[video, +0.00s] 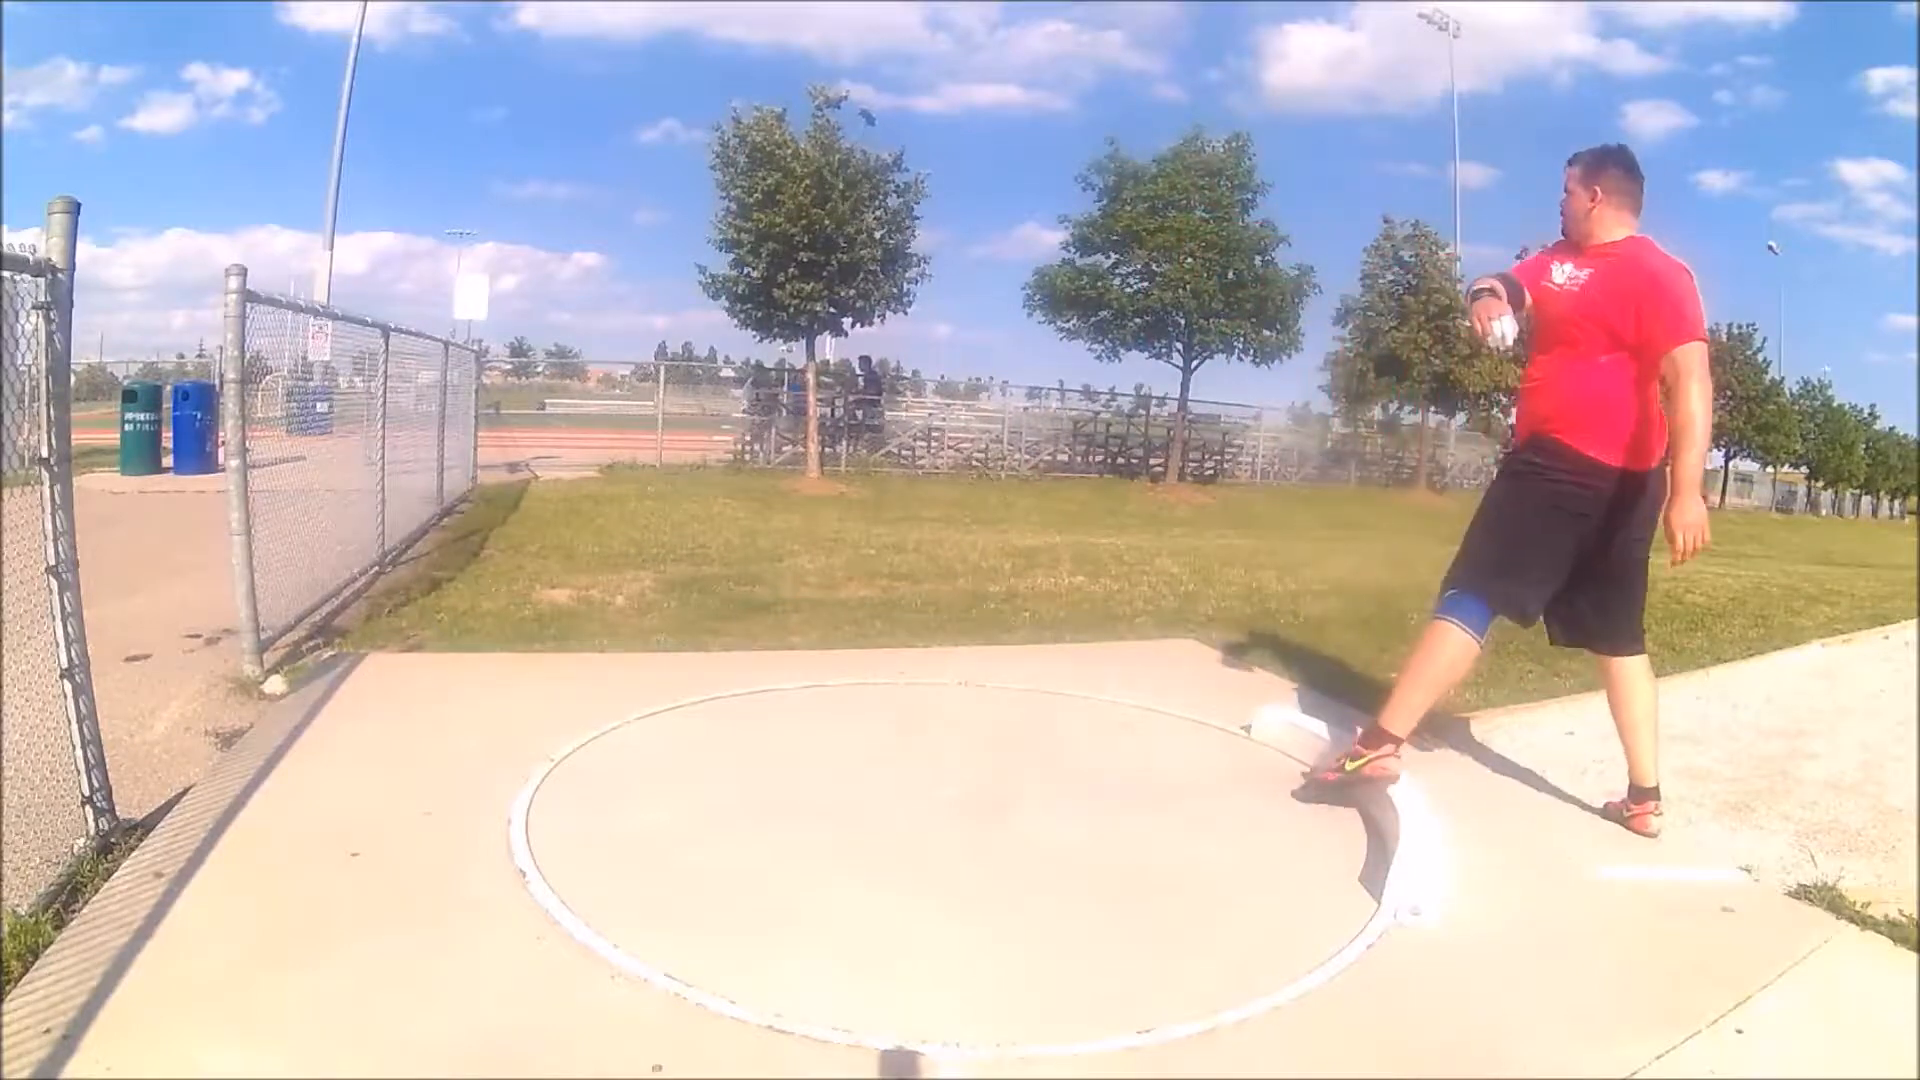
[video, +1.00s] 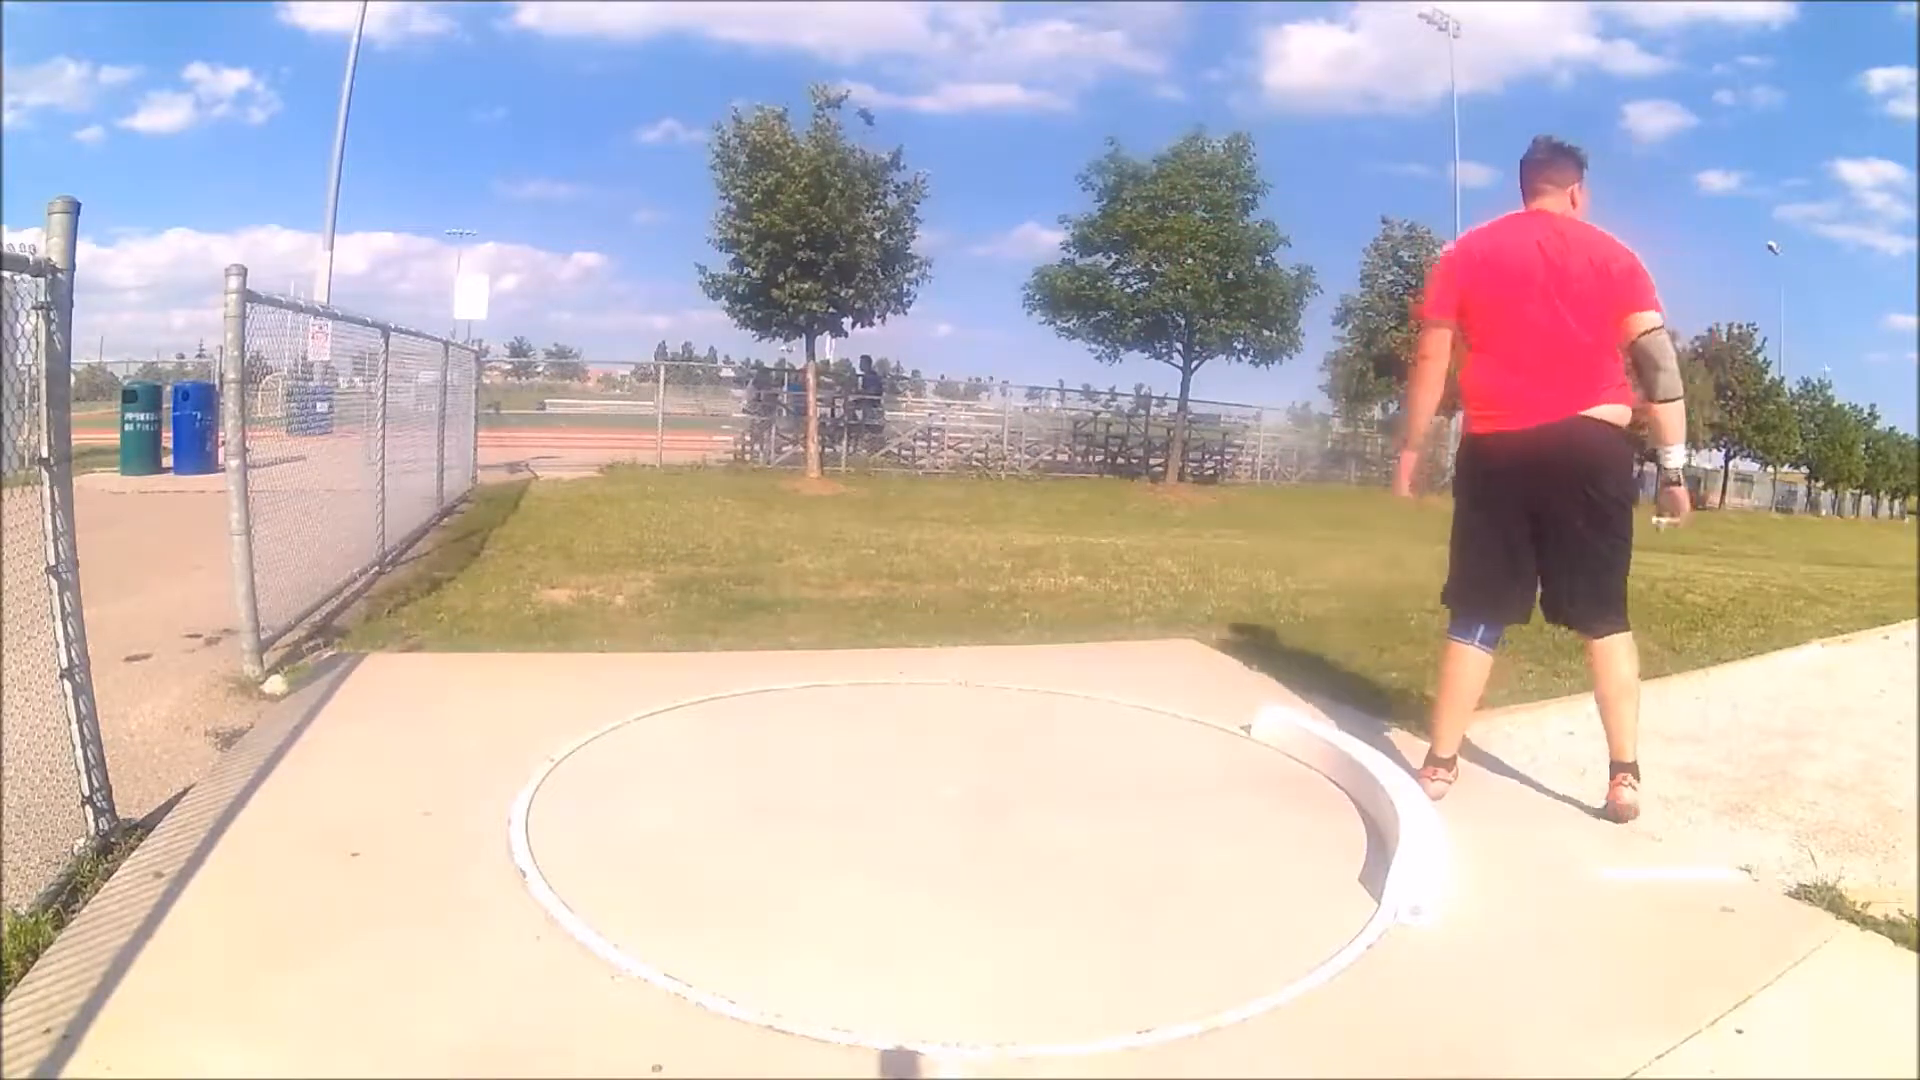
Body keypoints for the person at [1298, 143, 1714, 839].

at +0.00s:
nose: (1562, 208)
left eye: (1568, 196)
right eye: (1564, 196)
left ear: (1596, 195)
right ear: (1613, 196)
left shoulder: (1659, 271)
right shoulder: (1555, 260)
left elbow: (1691, 379)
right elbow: (1501, 286)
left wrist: (1689, 492)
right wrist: (1489, 298)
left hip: (1561, 461)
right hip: (1631, 476)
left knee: (1471, 597)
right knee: (1618, 629)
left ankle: (1381, 741)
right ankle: (1645, 796)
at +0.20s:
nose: (1606, 214)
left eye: (1607, 204)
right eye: (1613, 205)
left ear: (1616, 199)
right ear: (1666, 204)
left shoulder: (1649, 259)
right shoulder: (1630, 267)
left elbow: (1658, 369)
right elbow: (1560, 306)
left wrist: (1614, 474)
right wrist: (1511, 319)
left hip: (1587, 463)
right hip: (1655, 475)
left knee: (1506, 597)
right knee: (1637, 633)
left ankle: (1423, 736)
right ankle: (1646, 793)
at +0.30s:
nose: (1617, 213)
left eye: (1616, 204)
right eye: (1631, 203)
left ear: (1619, 201)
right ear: (1673, 205)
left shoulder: (1639, 251)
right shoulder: (1666, 262)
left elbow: (1635, 346)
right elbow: (1568, 321)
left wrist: (1576, 459)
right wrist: (1509, 338)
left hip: (1600, 460)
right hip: (1664, 473)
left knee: (1512, 597)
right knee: (1640, 630)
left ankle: (1427, 736)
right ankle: (1646, 792)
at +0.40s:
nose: (1627, 213)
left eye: (1623, 202)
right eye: (1654, 202)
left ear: (1623, 199)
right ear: (1679, 205)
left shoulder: (1621, 245)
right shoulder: (1692, 275)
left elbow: (1590, 338)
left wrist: (1524, 436)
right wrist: (1546, 376)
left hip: (1593, 455)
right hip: (1668, 473)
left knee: (1518, 596)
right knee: (1643, 627)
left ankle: (1441, 735)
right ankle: (1646, 791)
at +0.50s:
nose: (1642, 211)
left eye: (1626, 199)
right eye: (1667, 203)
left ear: (1619, 197)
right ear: (1678, 205)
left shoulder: (1602, 244)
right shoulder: (1700, 283)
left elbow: (1557, 329)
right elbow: (1694, 388)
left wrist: (1480, 419)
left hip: (1583, 456)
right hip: (1666, 471)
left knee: (1509, 589)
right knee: (1643, 623)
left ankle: (1449, 733)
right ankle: (1646, 790)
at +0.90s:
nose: (1608, 213)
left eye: (1603, 205)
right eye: (1609, 205)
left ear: (1545, 198)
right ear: (1602, 202)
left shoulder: (1497, 252)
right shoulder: (1633, 269)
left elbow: (1451, 348)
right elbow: (1687, 380)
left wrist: (1425, 427)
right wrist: (1699, 476)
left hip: (1513, 464)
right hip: (1608, 466)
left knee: (1483, 617)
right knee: (1617, 623)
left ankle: (1438, 762)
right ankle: (1638, 783)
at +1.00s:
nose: (1580, 205)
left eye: (1572, 195)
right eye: (1583, 196)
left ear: (1519, 191)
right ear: (1578, 193)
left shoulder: (1464, 253)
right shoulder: (1612, 255)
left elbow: (1433, 354)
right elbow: (1657, 362)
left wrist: (1411, 445)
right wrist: (1672, 467)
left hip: (1494, 456)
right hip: (1591, 453)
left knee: (1477, 613)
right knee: (1603, 614)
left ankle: (1440, 764)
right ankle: (1622, 775)